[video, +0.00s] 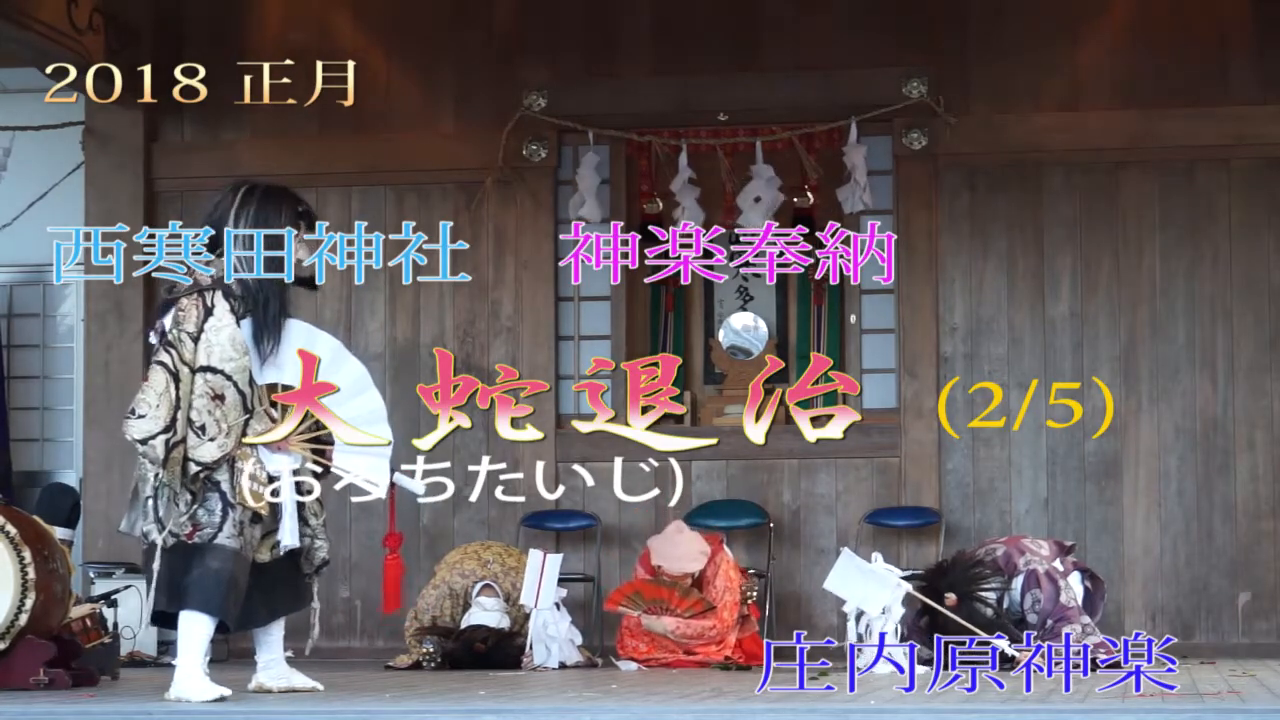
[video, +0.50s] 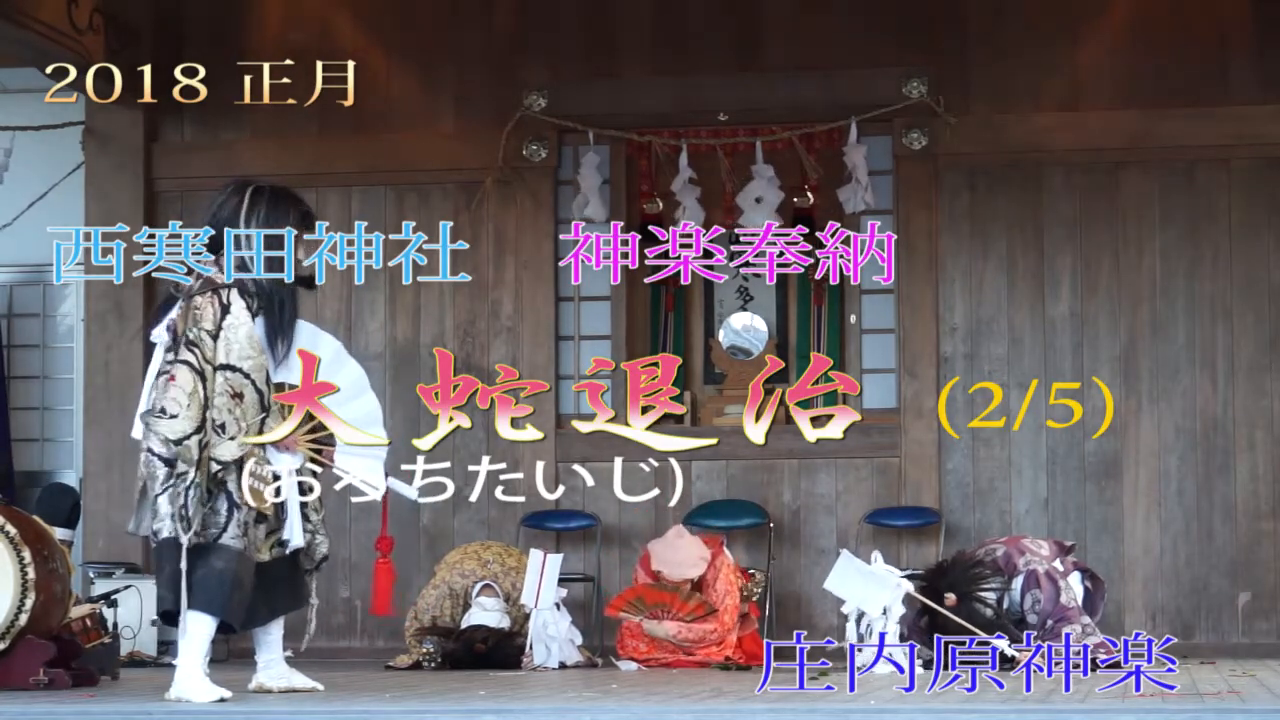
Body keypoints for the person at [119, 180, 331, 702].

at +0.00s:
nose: (305, 250)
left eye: (304, 237)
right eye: (297, 235)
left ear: (235, 236)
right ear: (263, 239)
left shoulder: (268, 314)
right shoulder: (212, 312)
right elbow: (205, 418)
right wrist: (260, 454)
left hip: (263, 458)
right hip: (217, 460)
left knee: (273, 549)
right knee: (217, 551)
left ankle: (272, 664)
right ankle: (189, 672)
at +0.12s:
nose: (302, 250)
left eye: (301, 237)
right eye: (294, 236)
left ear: (242, 238)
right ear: (259, 240)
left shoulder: (269, 312)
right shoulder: (208, 311)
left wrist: (303, 439)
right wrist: (255, 455)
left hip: (264, 461)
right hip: (219, 463)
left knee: (272, 554)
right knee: (217, 555)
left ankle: (272, 664)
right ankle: (190, 674)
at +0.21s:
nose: (303, 250)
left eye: (302, 237)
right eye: (295, 236)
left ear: (239, 237)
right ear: (260, 239)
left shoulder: (264, 308)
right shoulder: (218, 307)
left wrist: (301, 436)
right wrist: (265, 448)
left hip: (262, 457)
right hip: (222, 461)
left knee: (272, 552)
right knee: (219, 552)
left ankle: (272, 664)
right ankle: (190, 674)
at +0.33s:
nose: (305, 251)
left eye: (304, 238)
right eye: (297, 237)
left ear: (240, 236)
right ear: (264, 239)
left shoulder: (267, 308)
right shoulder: (221, 306)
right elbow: (222, 410)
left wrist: (303, 439)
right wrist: (268, 448)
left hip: (260, 458)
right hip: (222, 460)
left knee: (270, 555)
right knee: (218, 555)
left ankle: (272, 664)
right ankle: (190, 674)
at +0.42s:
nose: (305, 251)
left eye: (305, 238)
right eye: (298, 236)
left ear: (240, 235)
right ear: (265, 238)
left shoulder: (267, 306)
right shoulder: (222, 304)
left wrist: (302, 435)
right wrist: (267, 450)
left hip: (258, 455)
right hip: (223, 458)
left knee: (271, 551)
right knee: (219, 553)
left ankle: (272, 664)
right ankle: (190, 673)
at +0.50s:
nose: (305, 251)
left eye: (304, 238)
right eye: (297, 236)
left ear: (244, 236)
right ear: (263, 238)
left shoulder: (266, 307)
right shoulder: (216, 305)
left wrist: (302, 436)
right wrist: (264, 454)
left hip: (258, 459)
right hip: (219, 461)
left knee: (272, 552)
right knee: (221, 553)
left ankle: (272, 664)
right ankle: (190, 673)